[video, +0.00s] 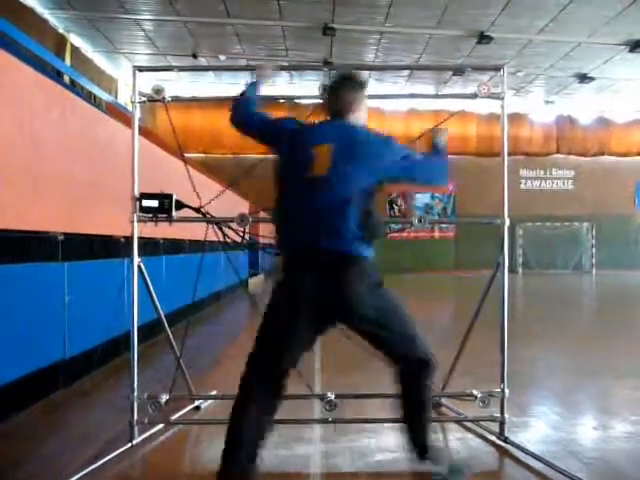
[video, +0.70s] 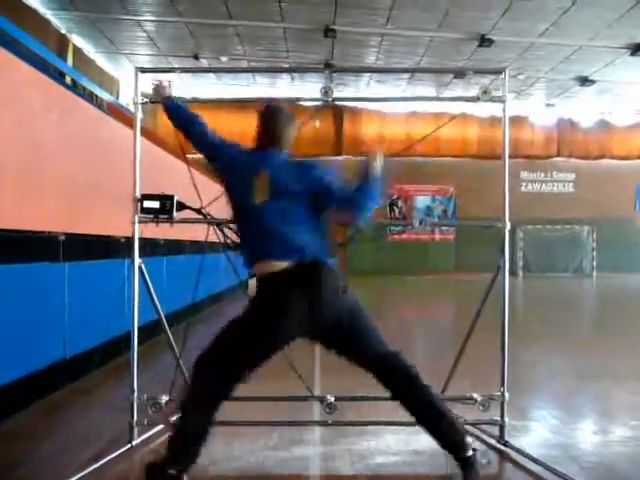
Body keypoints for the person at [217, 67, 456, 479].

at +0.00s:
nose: (365, 110)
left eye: (361, 103)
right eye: (364, 104)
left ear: (325, 105)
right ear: (360, 106)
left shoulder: (293, 135)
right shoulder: (369, 145)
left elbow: (242, 116)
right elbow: (436, 175)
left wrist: (257, 81)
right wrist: (438, 148)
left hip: (298, 278)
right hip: (351, 279)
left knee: (264, 373)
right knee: (415, 358)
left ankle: (235, 469)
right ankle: (423, 448)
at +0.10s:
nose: (399, 113)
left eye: (393, 106)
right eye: (402, 108)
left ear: (373, 115)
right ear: (407, 117)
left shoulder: (343, 145)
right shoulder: (424, 151)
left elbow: (285, 163)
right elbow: (463, 140)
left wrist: (245, 144)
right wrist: (481, 104)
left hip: (331, 282)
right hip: (383, 286)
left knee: (267, 371)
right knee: (440, 387)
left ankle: (199, 464)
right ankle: (489, 469)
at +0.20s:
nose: (427, 138)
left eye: (422, 132)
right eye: (426, 132)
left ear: (391, 140)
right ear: (425, 140)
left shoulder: (373, 174)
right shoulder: (444, 173)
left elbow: (344, 223)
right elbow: (470, 149)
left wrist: (287, 228)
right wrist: (483, 109)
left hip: (353, 298)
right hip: (403, 301)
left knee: (288, 381)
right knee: (472, 385)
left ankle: (220, 462)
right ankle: (496, 469)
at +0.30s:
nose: (390, 143)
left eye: (384, 137)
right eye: (401, 135)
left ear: (381, 141)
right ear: (414, 142)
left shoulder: (368, 176)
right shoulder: (441, 183)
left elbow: (344, 235)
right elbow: (478, 193)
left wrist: (293, 237)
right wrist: (477, 153)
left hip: (357, 303)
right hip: (407, 305)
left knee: (297, 391)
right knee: (478, 391)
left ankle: (275, 471)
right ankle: (495, 473)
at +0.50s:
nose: (333, 118)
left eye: (331, 112)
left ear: (331, 116)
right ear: (365, 115)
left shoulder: (314, 154)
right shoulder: (386, 148)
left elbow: (249, 167)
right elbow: (416, 115)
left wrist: (256, 126)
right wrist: (371, 96)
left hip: (314, 278)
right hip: (363, 279)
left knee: (263, 356)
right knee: (413, 368)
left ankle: (254, 464)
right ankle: (431, 464)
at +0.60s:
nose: (296, 114)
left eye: (298, 108)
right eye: (304, 107)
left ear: (301, 112)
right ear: (334, 112)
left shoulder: (285, 151)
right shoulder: (360, 144)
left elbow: (221, 166)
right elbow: (406, 132)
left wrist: (207, 125)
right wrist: (369, 111)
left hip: (295, 283)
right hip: (348, 282)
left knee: (234, 358)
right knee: (396, 368)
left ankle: (206, 451)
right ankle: (440, 461)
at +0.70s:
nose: (290, 136)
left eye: (276, 128)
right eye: (291, 130)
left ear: (257, 132)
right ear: (292, 136)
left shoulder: (237, 165)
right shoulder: (308, 174)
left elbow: (199, 133)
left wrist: (167, 101)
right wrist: (373, 174)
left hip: (274, 300)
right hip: (325, 295)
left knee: (212, 372)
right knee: (391, 368)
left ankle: (177, 462)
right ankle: (464, 453)